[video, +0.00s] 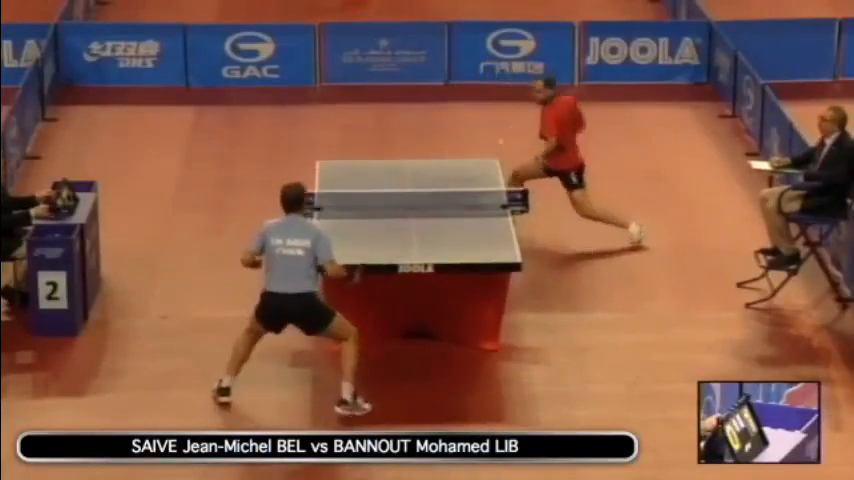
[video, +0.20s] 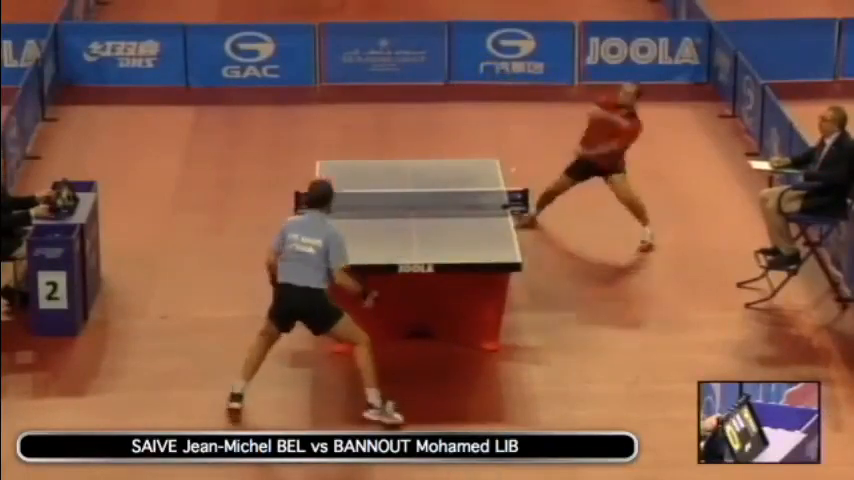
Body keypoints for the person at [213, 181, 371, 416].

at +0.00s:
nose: (304, 203)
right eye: (304, 199)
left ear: (282, 204)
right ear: (304, 202)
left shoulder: (270, 229)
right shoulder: (314, 231)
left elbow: (246, 259)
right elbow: (331, 269)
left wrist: (263, 262)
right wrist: (344, 272)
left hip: (272, 301)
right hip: (305, 303)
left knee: (251, 334)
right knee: (350, 335)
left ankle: (225, 384)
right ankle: (348, 397)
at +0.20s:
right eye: (331, 199)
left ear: (306, 200)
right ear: (329, 202)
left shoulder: (290, 224)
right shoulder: (330, 231)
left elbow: (271, 260)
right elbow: (338, 275)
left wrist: (278, 285)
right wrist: (361, 290)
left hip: (285, 295)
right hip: (314, 298)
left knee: (265, 337)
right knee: (361, 341)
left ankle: (238, 391)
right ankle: (375, 404)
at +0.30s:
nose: (349, 223)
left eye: (349, 218)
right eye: (348, 218)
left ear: (324, 215)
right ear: (344, 220)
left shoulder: (302, 238)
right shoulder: (337, 246)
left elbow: (282, 271)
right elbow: (345, 290)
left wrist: (280, 300)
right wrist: (376, 310)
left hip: (290, 308)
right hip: (319, 313)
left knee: (269, 348)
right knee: (369, 350)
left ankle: (237, 399)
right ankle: (377, 413)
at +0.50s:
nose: (413, 249)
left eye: (412, 244)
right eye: (411, 245)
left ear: (391, 243)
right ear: (401, 248)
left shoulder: (372, 252)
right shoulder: (387, 271)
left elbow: (346, 260)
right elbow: (417, 304)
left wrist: (324, 269)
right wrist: (457, 302)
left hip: (323, 312)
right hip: (345, 325)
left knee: (296, 352)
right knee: (394, 359)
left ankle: (251, 390)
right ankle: (378, 416)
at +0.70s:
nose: (439, 230)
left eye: (437, 225)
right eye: (438, 227)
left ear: (415, 222)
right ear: (433, 231)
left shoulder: (399, 230)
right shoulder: (420, 258)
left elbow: (370, 227)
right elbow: (454, 297)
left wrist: (393, 234)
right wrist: (490, 300)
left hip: (355, 297)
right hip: (378, 310)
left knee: (347, 342)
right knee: (406, 359)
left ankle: (314, 389)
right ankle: (385, 414)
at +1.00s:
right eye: (476, 251)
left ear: (452, 249)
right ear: (476, 257)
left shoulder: (432, 264)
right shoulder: (468, 290)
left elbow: (397, 290)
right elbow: (455, 333)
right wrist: (448, 374)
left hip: (400, 336)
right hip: (429, 346)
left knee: (382, 376)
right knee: (467, 382)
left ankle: (364, 419)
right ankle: (462, 447)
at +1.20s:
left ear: (441, 247)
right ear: (466, 252)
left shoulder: (422, 268)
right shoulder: (470, 284)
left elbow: (384, 285)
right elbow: (460, 323)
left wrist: (411, 290)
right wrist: (460, 362)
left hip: (412, 348)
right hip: (443, 354)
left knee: (389, 395)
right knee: (460, 399)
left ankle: (384, 456)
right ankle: (462, 454)